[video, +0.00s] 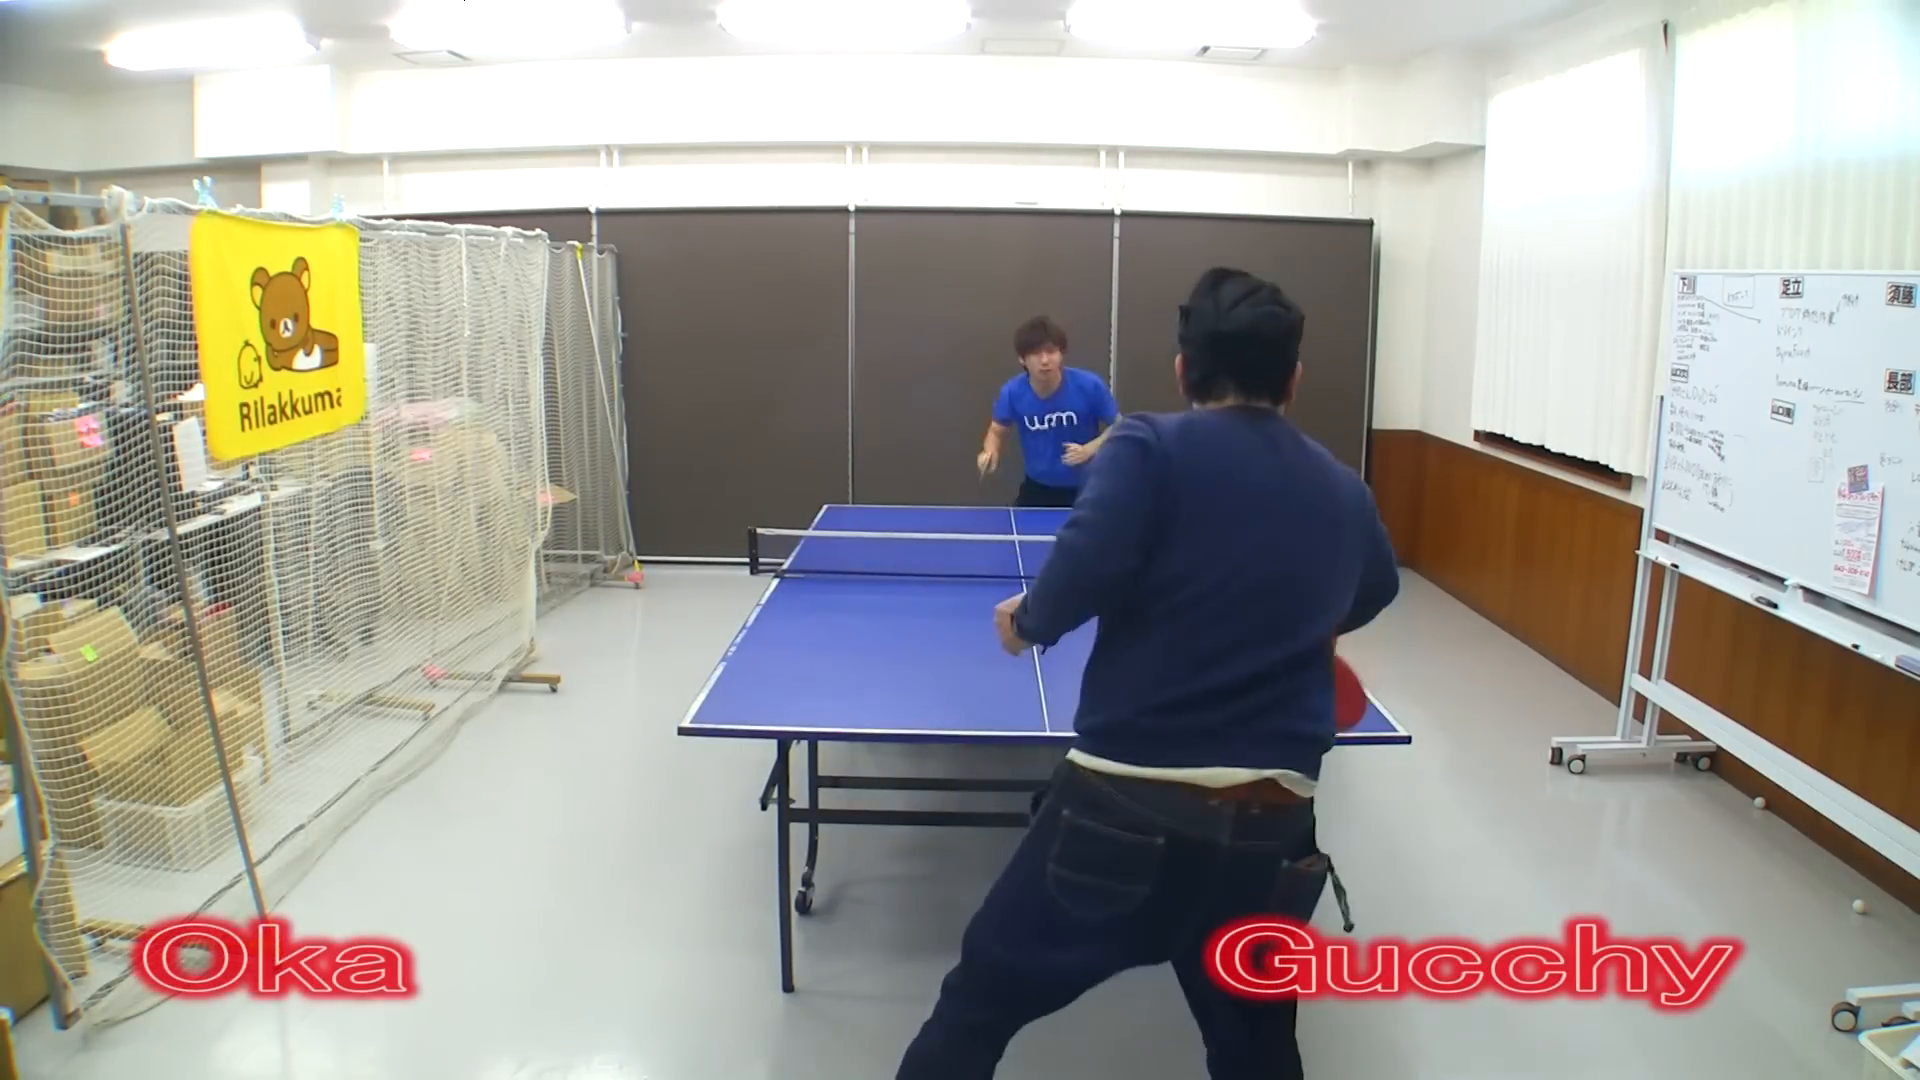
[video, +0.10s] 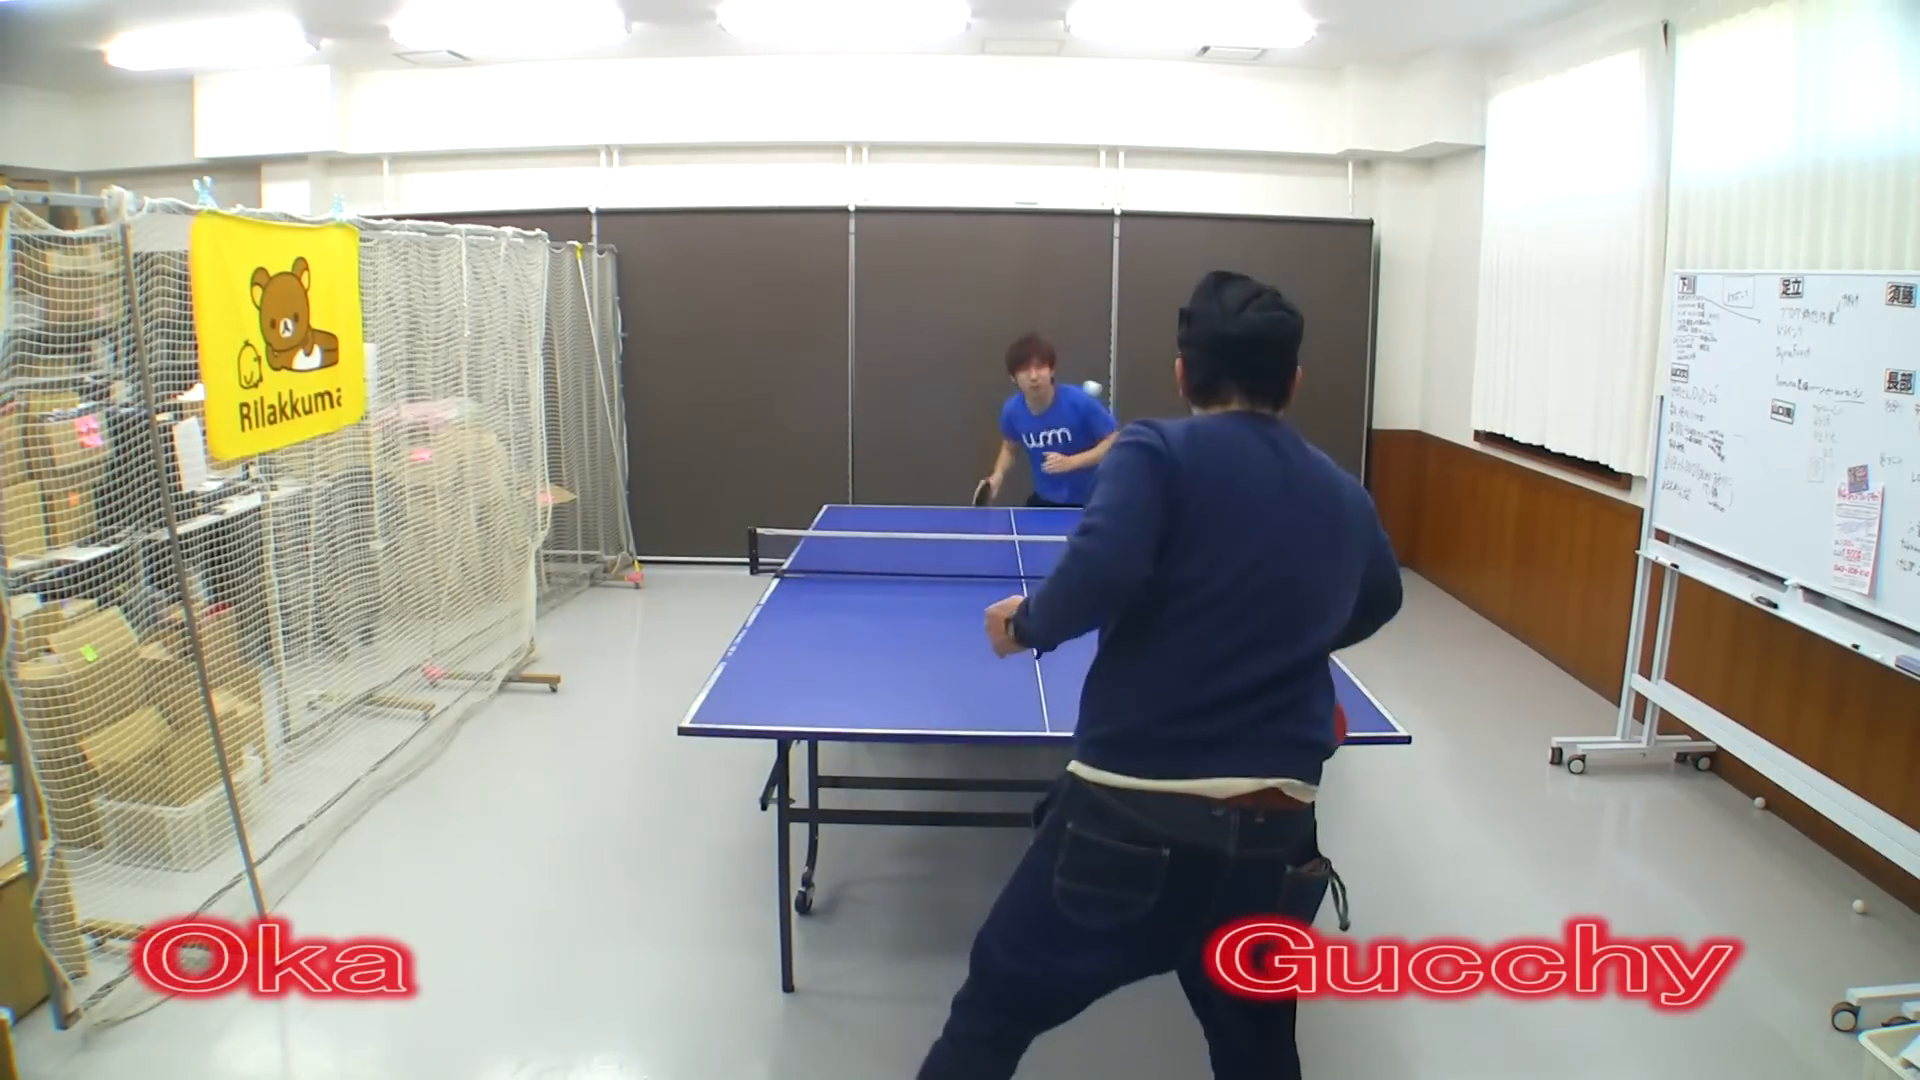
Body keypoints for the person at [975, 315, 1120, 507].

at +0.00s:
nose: (1045, 360)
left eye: (1051, 351)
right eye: (1036, 353)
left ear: (1062, 354)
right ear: (1023, 360)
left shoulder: (1089, 386)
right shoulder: (1013, 393)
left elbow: (1118, 426)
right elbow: (997, 430)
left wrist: (1088, 450)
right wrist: (991, 450)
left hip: (1082, 491)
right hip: (1036, 491)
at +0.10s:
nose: (1033, 376)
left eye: (1040, 367)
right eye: (1025, 369)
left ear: (1052, 370)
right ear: (1014, 377)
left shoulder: (1078, 402)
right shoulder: (1013, 411)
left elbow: (1115, 440)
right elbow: (1009, 447)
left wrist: (1072, 462)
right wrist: (997, 477)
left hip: (1086, 503)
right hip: (1043, 503)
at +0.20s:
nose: (1021, 387)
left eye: (1026, 376)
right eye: (1012, 381)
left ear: (1042, 380)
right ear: (1004, 391)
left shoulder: (1068, 411)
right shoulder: (1016, 421)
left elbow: (1093, 460)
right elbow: (1028, 459)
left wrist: (1037, 474)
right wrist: (1010, 495)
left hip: (1082, 504)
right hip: (1047, 504)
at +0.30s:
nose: (1003, 385)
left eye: (1009, 376)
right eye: (995, 380)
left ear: (1025, 377)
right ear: (989, 388)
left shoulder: (1050, 404)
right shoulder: (1015, 418)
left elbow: (1063, 458)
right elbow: (1041, 458)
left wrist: (1008, 468)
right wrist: (1023, 493)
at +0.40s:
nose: (986, 387)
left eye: (991, 377)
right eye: (978, 382)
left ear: (1009, 375)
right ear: (973, 388)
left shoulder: (1032, 402)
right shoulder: (1014, 411)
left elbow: (1031, 458)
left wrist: (983, 463)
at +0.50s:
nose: (971, 396)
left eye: (975, 386)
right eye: (964, 391)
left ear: (995, 382)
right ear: (961, 398)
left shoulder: (1016, 405)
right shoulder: (1009, 409)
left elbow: (1005, 464)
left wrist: (962, 464)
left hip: (1068, 479)